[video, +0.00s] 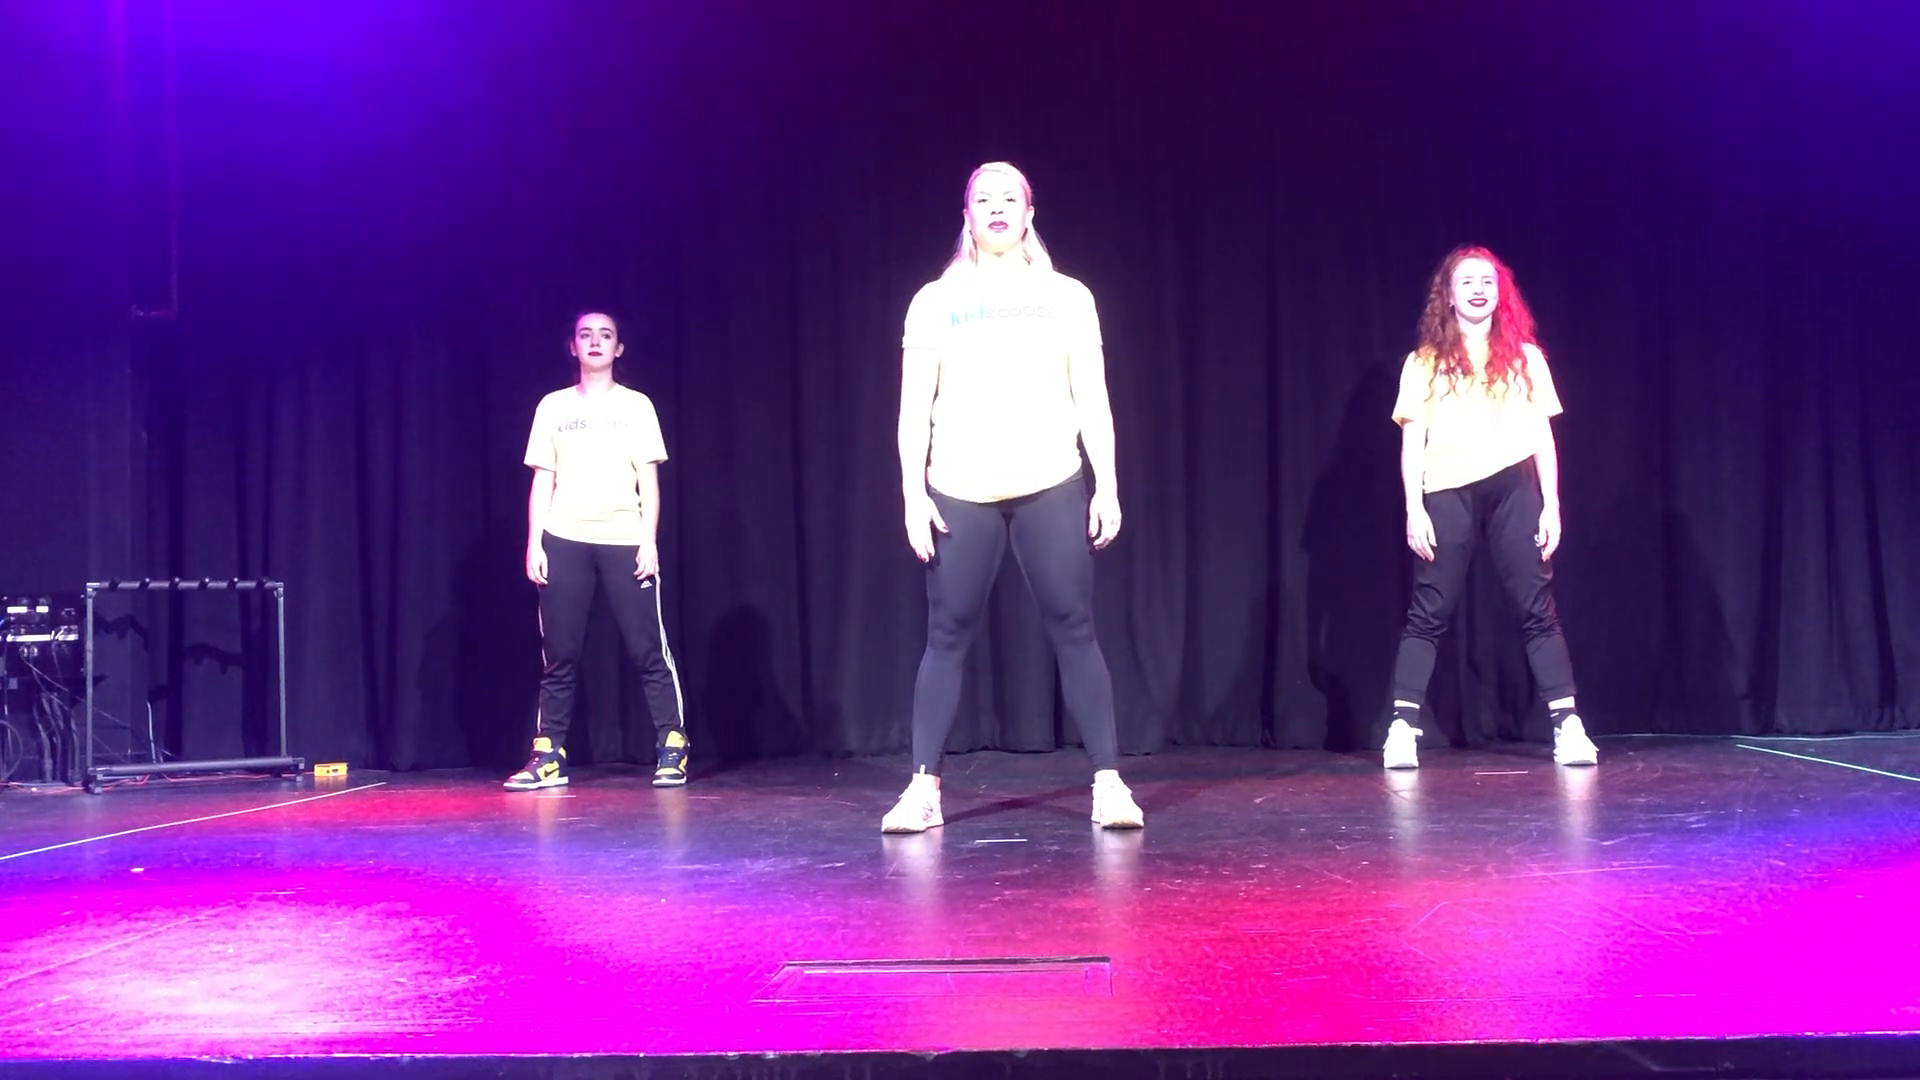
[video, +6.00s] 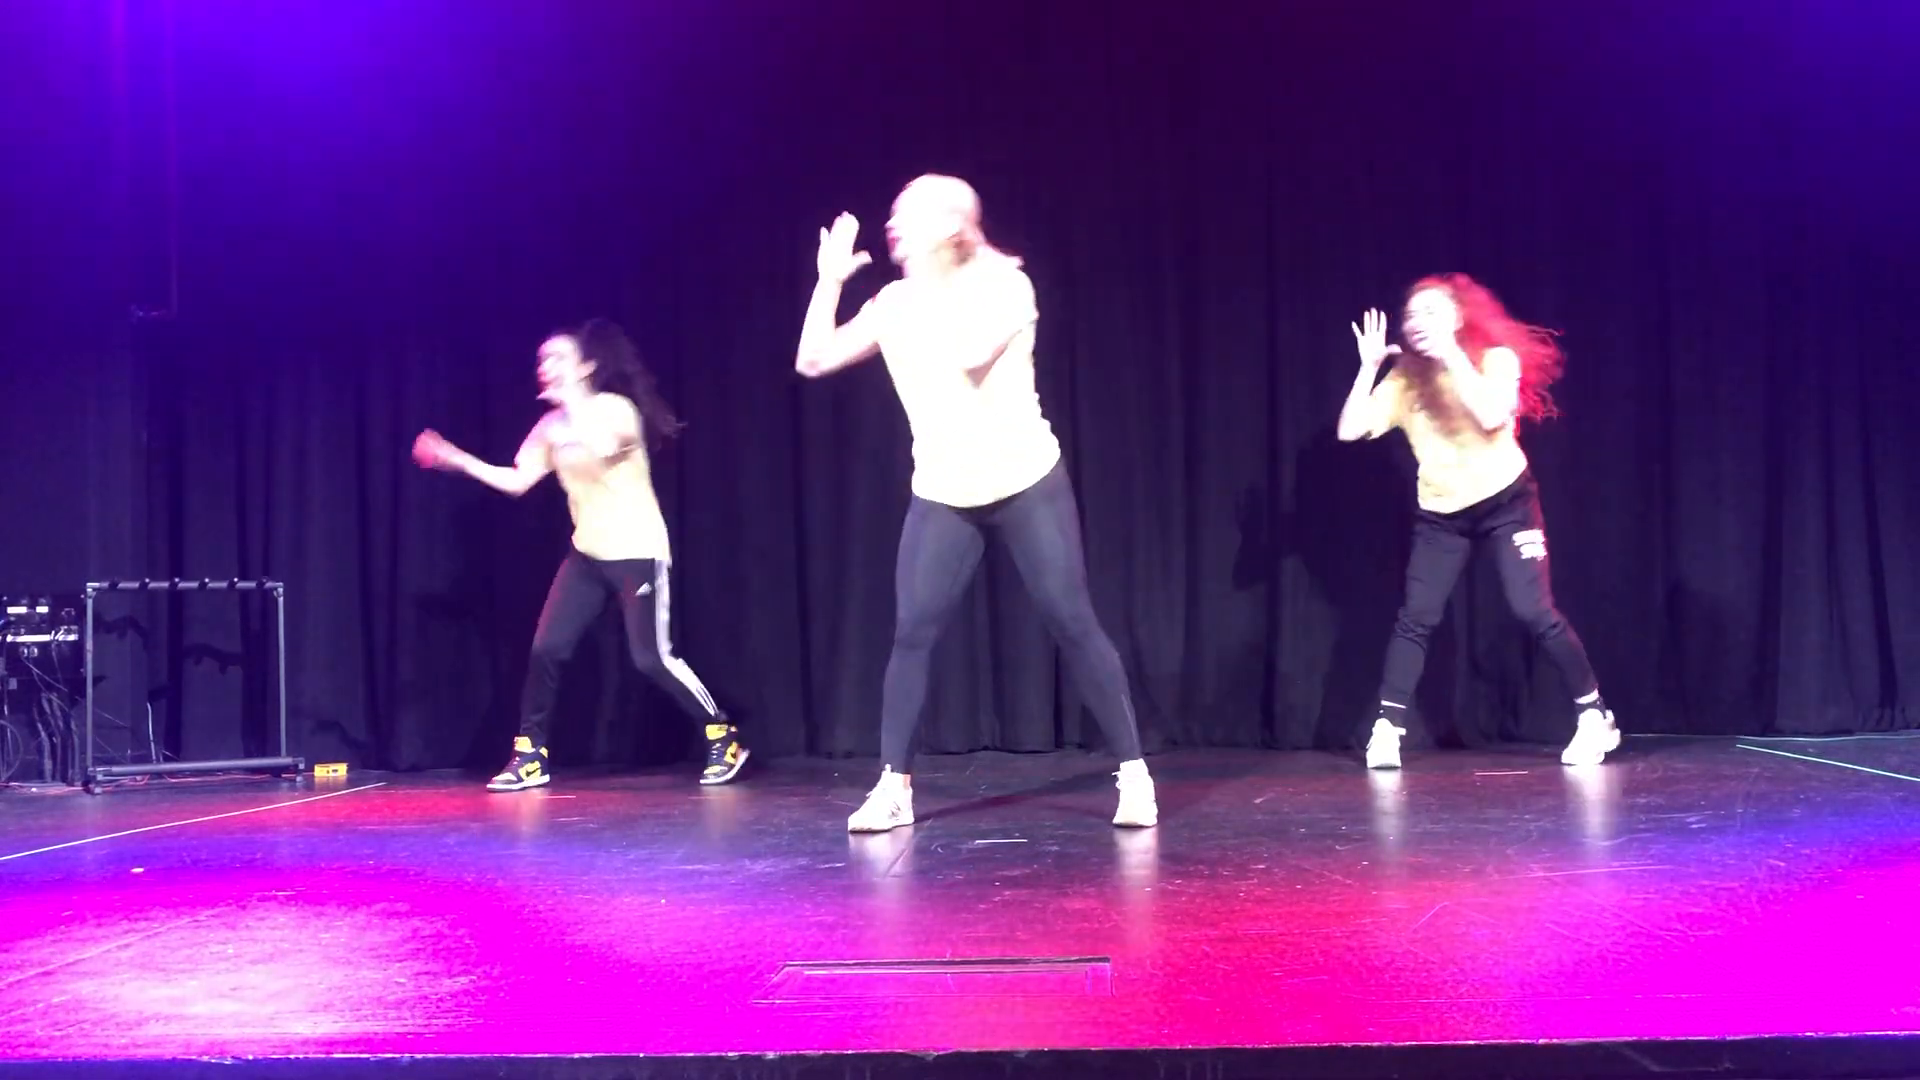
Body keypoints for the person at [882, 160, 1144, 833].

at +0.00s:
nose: (997, 210)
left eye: (1009, 200)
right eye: (985, 200)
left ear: (1029, 212)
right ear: (966, 212)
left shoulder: (1070, 297)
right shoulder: (933, 302)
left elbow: (1092, 396)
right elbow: (915, 406)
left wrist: (1106, 483)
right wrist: (913, 491)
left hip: (1051, 483)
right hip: (962, 486)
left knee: (1073, 625)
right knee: (947, 629)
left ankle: (1107, 779)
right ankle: (924, 783)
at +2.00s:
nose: (860, 268)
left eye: (873, 254)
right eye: (862, 257)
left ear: (915, 260)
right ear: (884, 268)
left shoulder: (984, 321)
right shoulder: (884, 355)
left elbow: (1045, 403)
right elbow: (815, 415)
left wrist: (1048, 484)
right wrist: (846, 330)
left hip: (1024, 502)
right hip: (948, 514)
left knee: (1062, 636)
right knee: (903, 633)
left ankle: (1142, 771)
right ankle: (916, 790)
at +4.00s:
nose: (852, 308)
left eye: (864, 293)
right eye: (839, 298)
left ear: (890, 299)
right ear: (823, 313)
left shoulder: (945, 329)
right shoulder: (847, 385)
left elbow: (951, 396)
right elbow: (822, 478)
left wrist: (877, 351)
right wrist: (821, 391)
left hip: (1035, 490)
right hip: (951, 508)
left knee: (1072, 624)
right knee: (924, 635)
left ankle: (1118, 775)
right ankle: (885, 782)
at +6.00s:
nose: (892, 223)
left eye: (907, 212)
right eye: (895, 213)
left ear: (953, 224)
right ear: (909, 229)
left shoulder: (1002, 281)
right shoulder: (892, 304)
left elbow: (975, 358)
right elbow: (813, 359)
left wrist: (947, 273)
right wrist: (830, 280)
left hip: (1025, 479)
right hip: (942, 490)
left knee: (1069, 619)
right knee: (913, 628)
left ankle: (1132, 769)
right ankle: (893, 785)